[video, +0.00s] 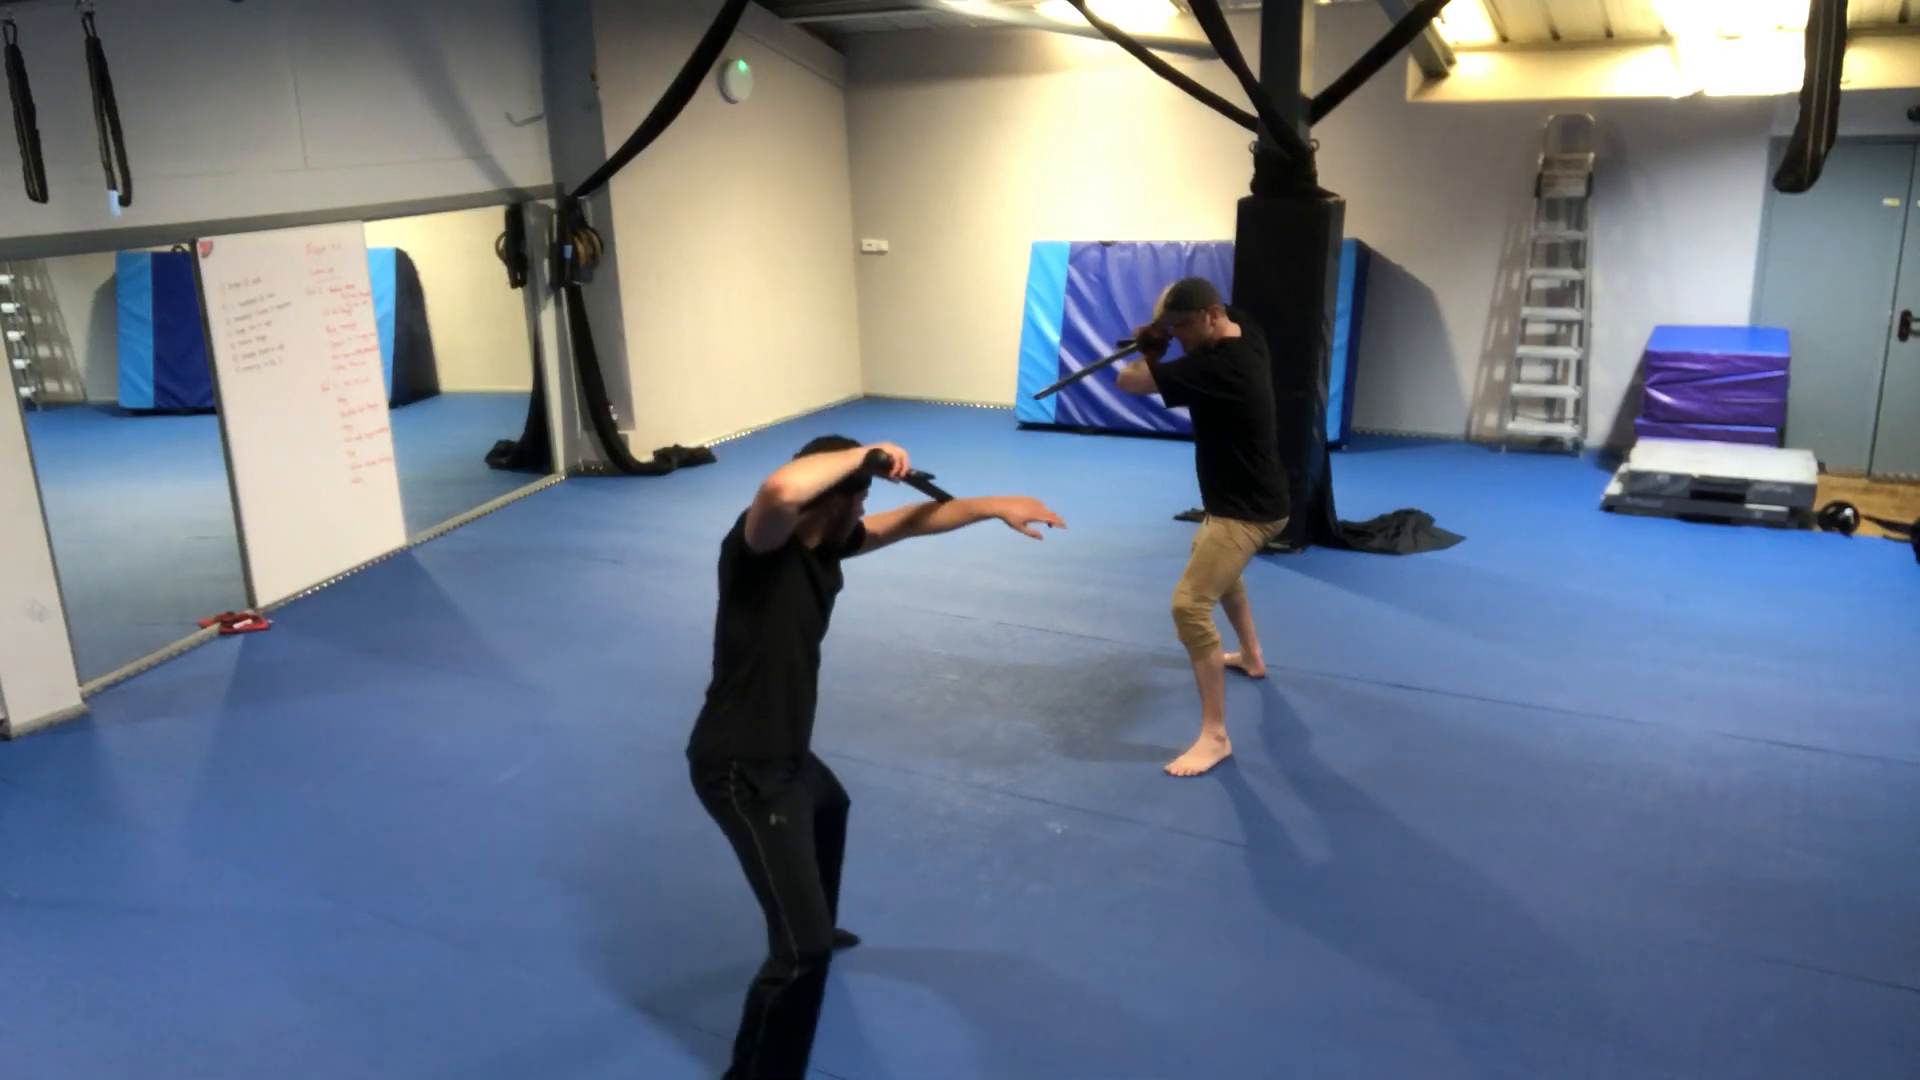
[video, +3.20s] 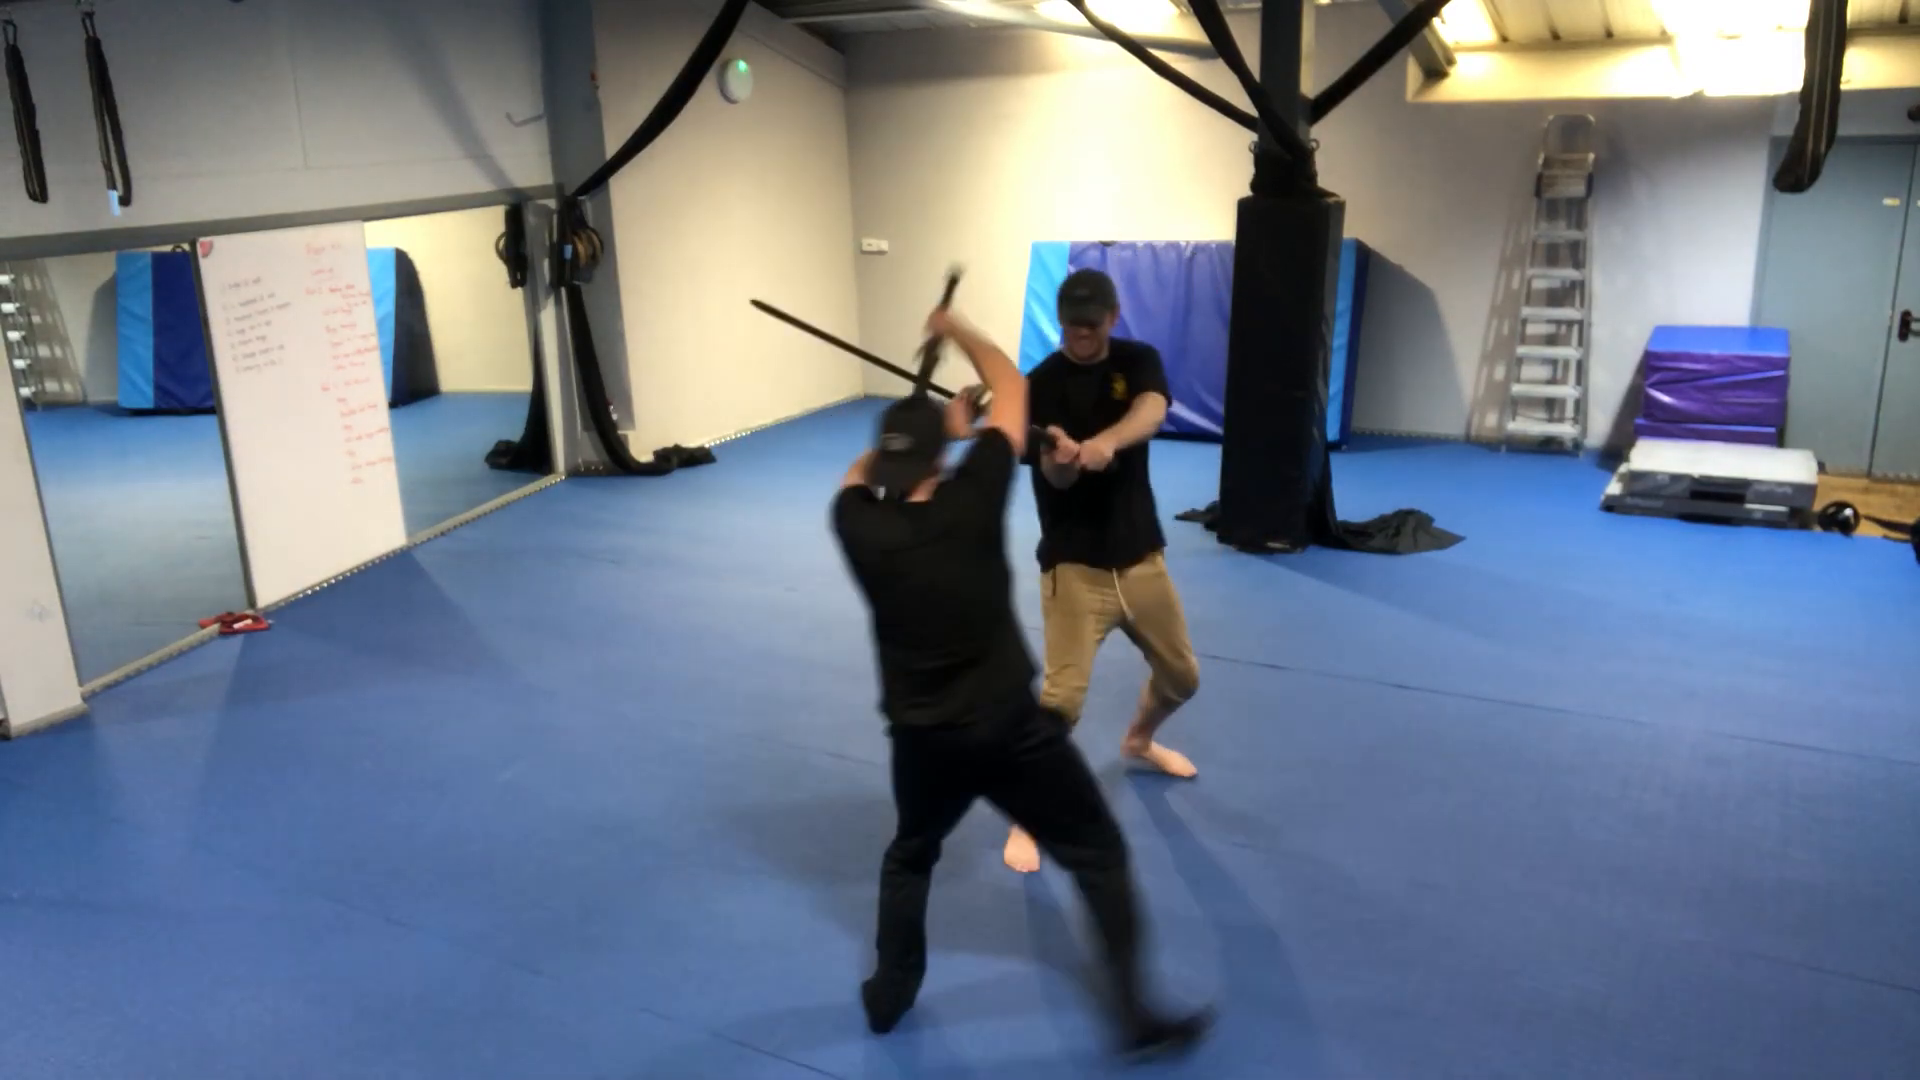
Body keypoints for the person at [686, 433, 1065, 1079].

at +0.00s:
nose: (857, 521)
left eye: (859, 509)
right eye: (850, 506)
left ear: (846, 507)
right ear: (815, 504)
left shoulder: (827, 547)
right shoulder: (760, 547)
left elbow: (912, 520)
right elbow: (779, 489)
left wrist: (995, 504)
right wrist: (865, 457)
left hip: (781, 753)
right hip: (738, 765)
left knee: (829, 805)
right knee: (804, 948)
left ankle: (812, 926)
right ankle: (754, 1074)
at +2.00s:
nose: (868, 511)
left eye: (869, 498)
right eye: (859, 498)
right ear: (824, 497)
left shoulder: (831, 543)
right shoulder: (753, 549)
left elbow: (916, 516)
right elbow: (769, 497)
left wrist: (986, 505)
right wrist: (858, 467)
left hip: (792, 749)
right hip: (743, 762)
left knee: (833, 809)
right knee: (784, 951)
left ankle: (813, 930)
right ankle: (752, 1074)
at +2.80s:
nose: (876, 499)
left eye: (877, 487)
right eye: (867, 486)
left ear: (855, 482)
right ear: (834, 482)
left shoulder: (849, 541)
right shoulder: (782, 544)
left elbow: (905, 545)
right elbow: (842, 492)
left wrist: (960, 523)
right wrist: (928, 451)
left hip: (831, 752)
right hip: (795, 761)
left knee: (878, 809)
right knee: (812, 959)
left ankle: (829, 947)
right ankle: (767, 1075)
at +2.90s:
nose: (884, 481)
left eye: (884, 471)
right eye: (882, 471)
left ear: (818, 465)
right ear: (869, 474)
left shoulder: (822, 532)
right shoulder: (816, 536)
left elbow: (887, 535)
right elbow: (911, 474)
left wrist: (938, 504)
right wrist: (964, 406)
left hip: (851, 743)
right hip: (850, 750)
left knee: (887, 860)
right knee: (870, 921)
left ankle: (888, 992)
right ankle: (784, 1068)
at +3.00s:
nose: (885, 472)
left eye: (867, 467)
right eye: (880, 464)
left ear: (816, 477)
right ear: (872, 474)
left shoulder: (794, 535)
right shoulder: (888, 513)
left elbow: (865, 500)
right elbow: (979, 417)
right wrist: (979, 341)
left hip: (847, 742)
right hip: (910, 743)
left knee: (892, 838)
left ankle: (890, 987)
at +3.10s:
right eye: (894, 451)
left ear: (836, 466)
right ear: (891, 465)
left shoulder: (815, 526)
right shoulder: (931, 499)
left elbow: (868, 460)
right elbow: (984, 394)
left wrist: (950, 414)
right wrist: (976, 311)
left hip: (879, 736)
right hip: (953, 731)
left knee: (904, 841)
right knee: (1055, 874)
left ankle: (884, 993)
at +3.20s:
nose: (958, 440)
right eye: (951, 438)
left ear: (882, 463)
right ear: (945, 459)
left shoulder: (855, 520)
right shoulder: (976, 491)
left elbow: (868, 466)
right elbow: (1004, 382)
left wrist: (932, 425)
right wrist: (954, 327)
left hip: (921, 736)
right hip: (1005, 725)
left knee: (911, 854)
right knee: (1096, 851)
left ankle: (889, 995)